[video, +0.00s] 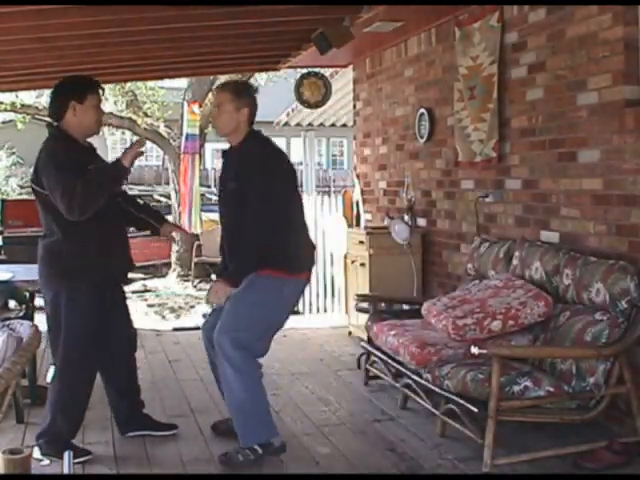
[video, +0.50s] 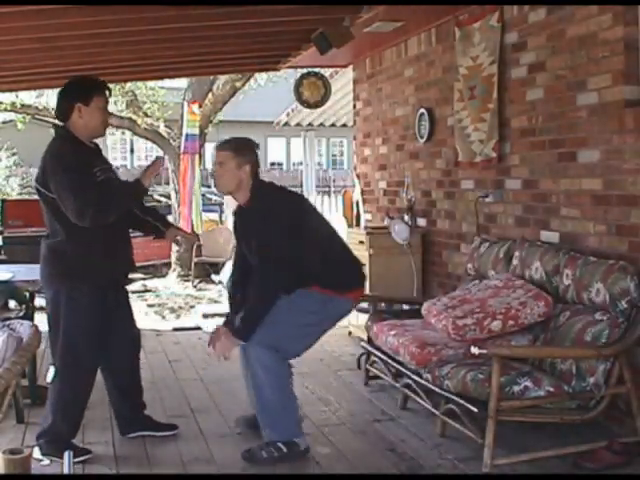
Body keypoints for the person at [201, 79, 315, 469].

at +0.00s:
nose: (214, 116)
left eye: (221, 109)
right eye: (214, 109)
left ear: (245, 112)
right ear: (228, 114)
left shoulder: (261, 157)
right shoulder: (235, 156)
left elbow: (260, 226)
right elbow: (237, 223)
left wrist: (231, 277)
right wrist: (226, 272)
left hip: (282, 268)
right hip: (261, 267)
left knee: (232, 339)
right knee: (214, 332)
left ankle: (262, 439)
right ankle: (246, 417)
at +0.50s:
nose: (214, 172)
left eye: (220, 165)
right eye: (214, 165)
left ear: (245, 169)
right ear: (239, 172)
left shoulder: (274, 206)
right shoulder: (245, 215)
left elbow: (273, 279)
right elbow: (243, 274)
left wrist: (239, 329)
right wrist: (230, 322)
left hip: (334, 287)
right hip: (305, 285)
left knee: (264, 347)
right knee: (249, 340)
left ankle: (289, 440)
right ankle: (271, 415)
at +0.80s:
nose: (250, 185)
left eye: (257, 178)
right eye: (250, 178)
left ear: (282, 182)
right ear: (276, 185)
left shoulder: (316, 214)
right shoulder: (279, 225)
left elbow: (318, 282)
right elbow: (271, 279)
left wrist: (282, 336)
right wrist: (248, 331)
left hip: (375, 283)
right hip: (346, 281)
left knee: (306, 342)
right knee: (295, 337)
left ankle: (317, 429)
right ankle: (313, 413)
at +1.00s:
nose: (293, 191)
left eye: (301, 184)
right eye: (294, 184)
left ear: (324, 189)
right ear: (317, 191)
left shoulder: (354, 223)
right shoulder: (318, 231)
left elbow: (343, 288)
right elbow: (309, 275)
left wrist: (299, 334)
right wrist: (281, 310)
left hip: (405, 299)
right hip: (369, 297)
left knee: (333, 336)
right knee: (308, 332)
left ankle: (356, 428)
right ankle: (319, 414)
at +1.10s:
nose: (326, 196)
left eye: (333, 191)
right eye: (327, 190)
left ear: (355, 196)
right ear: (349, 197)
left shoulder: (383, 230)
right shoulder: (342, 234)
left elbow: (365, 293)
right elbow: (333, 275)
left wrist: (316, 326)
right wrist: (303, 299)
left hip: (421, 312)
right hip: (383, 306)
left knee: (345, 336)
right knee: (321, 331)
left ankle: (354, 428)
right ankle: (317, 412)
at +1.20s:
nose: (366, 203)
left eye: (373, 196)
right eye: (365, 196)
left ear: (400, 202)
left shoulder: (416, 241)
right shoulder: (374, 239)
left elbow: (390, 300)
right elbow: (358, 279)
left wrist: (342, 321)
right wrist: (326, 299)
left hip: (433, 327)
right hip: (398, 318)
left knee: (357, 339)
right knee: (337, 329)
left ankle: (354, 427)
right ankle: (320, 409)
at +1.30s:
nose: (402, 211)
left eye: (410, 205)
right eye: (403, 205)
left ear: (431, 211)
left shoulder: (450, 252)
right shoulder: (409, 248)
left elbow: (427, 309)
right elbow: (385, 286)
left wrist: (373, 320)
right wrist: (351, 302)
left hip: (443, 335)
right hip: (410, 323)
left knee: (368, 341)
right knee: (345, 323)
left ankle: (355, 426)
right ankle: (322, 407)